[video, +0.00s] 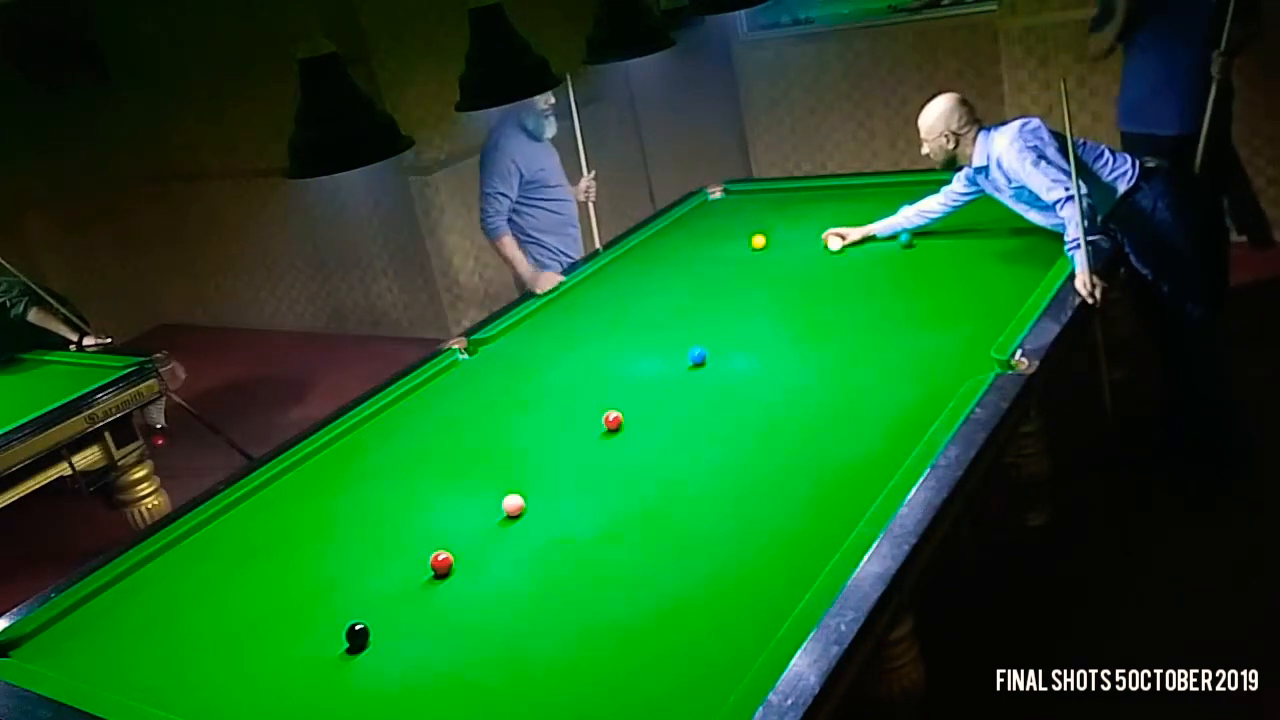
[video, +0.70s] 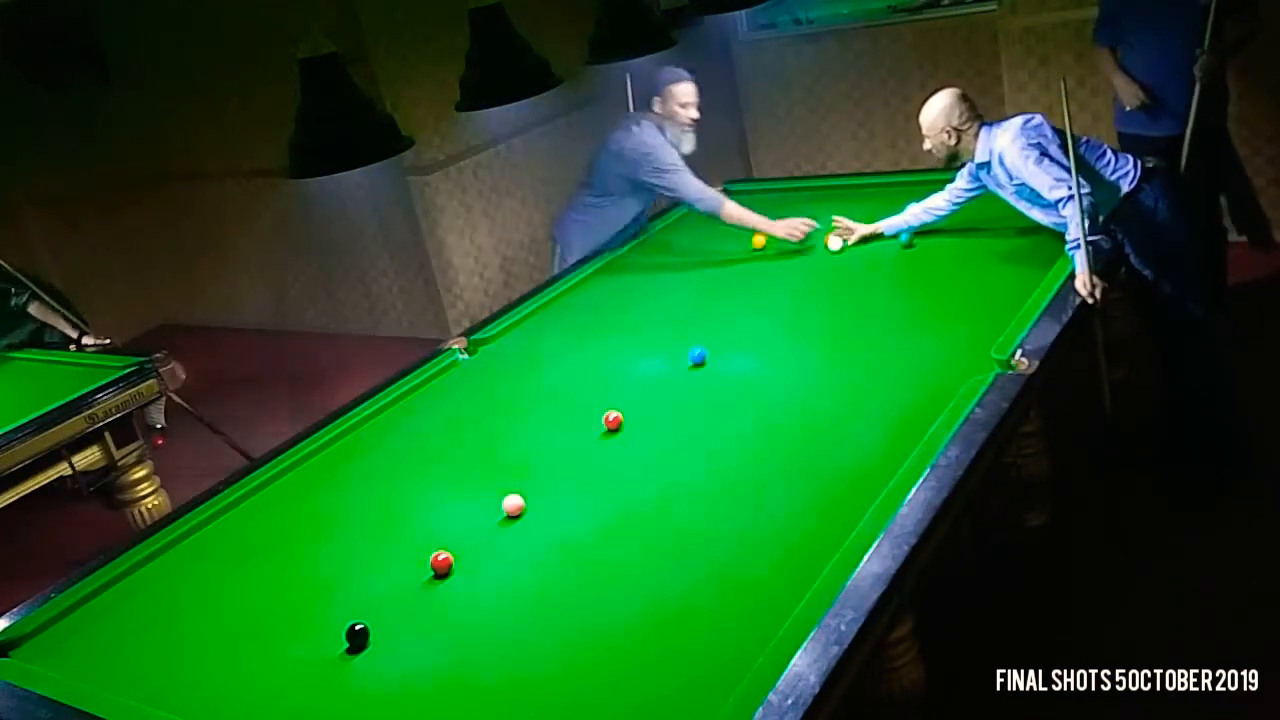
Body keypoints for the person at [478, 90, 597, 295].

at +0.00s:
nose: (551, 101)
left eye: (550, 92)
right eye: (540, 94)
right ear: (517, 102)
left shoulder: (532, 136)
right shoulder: (505, 146)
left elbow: (537, 195)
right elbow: (493, 221)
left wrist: (574, 193)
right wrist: (530, 275)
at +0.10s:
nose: (561, 98)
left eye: (559, 88)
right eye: (550, 91)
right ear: (528, 99)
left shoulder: (540, 130)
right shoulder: (512, 143)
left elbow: (545, 191)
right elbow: (512, 219)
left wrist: (581, 190)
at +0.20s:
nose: (574, 94)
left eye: (574, 86)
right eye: (564, 87)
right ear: (543, 92)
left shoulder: (559, 132)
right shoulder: (526, 139)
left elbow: (557, 191)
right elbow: (537, 216)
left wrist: (589, 188)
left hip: (581, 254)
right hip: (554, 263)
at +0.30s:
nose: (592, 92)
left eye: (593, 84)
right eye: (581, 85)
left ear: (598, 86)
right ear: (561, 90)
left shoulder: (577, 127)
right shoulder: (548, 133)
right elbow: (569, 202)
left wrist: (601, 184)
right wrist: (642, 230)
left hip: (592, 238)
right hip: (562, 248)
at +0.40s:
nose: (617, 90)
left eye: (617, 82)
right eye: (605, 83)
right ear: (579, 87)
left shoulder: (600, 120)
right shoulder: (573, 129)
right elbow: (614, 195)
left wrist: (614, 178)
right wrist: (681, 218)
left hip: (603, 234)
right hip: (572, 246)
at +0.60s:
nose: (672, 103)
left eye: (673, 94)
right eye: (662, 94)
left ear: (674, 91)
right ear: (634, 95)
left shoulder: (641, 124)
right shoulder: (622, 132)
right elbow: (679, 192)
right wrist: (749, 219)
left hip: (616, 233)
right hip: (582, 243)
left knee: (614, 310)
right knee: (580, 320)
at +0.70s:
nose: (693, 116)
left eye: (695, 107)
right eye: (684, 107)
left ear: (697, 104)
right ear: (657, 106)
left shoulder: (656, 131)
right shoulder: (643, 142)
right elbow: (702, 198)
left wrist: (700, 191)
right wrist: (771, 226)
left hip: (622, 230)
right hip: (586, 241)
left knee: (611, 312)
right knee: (577, 320)